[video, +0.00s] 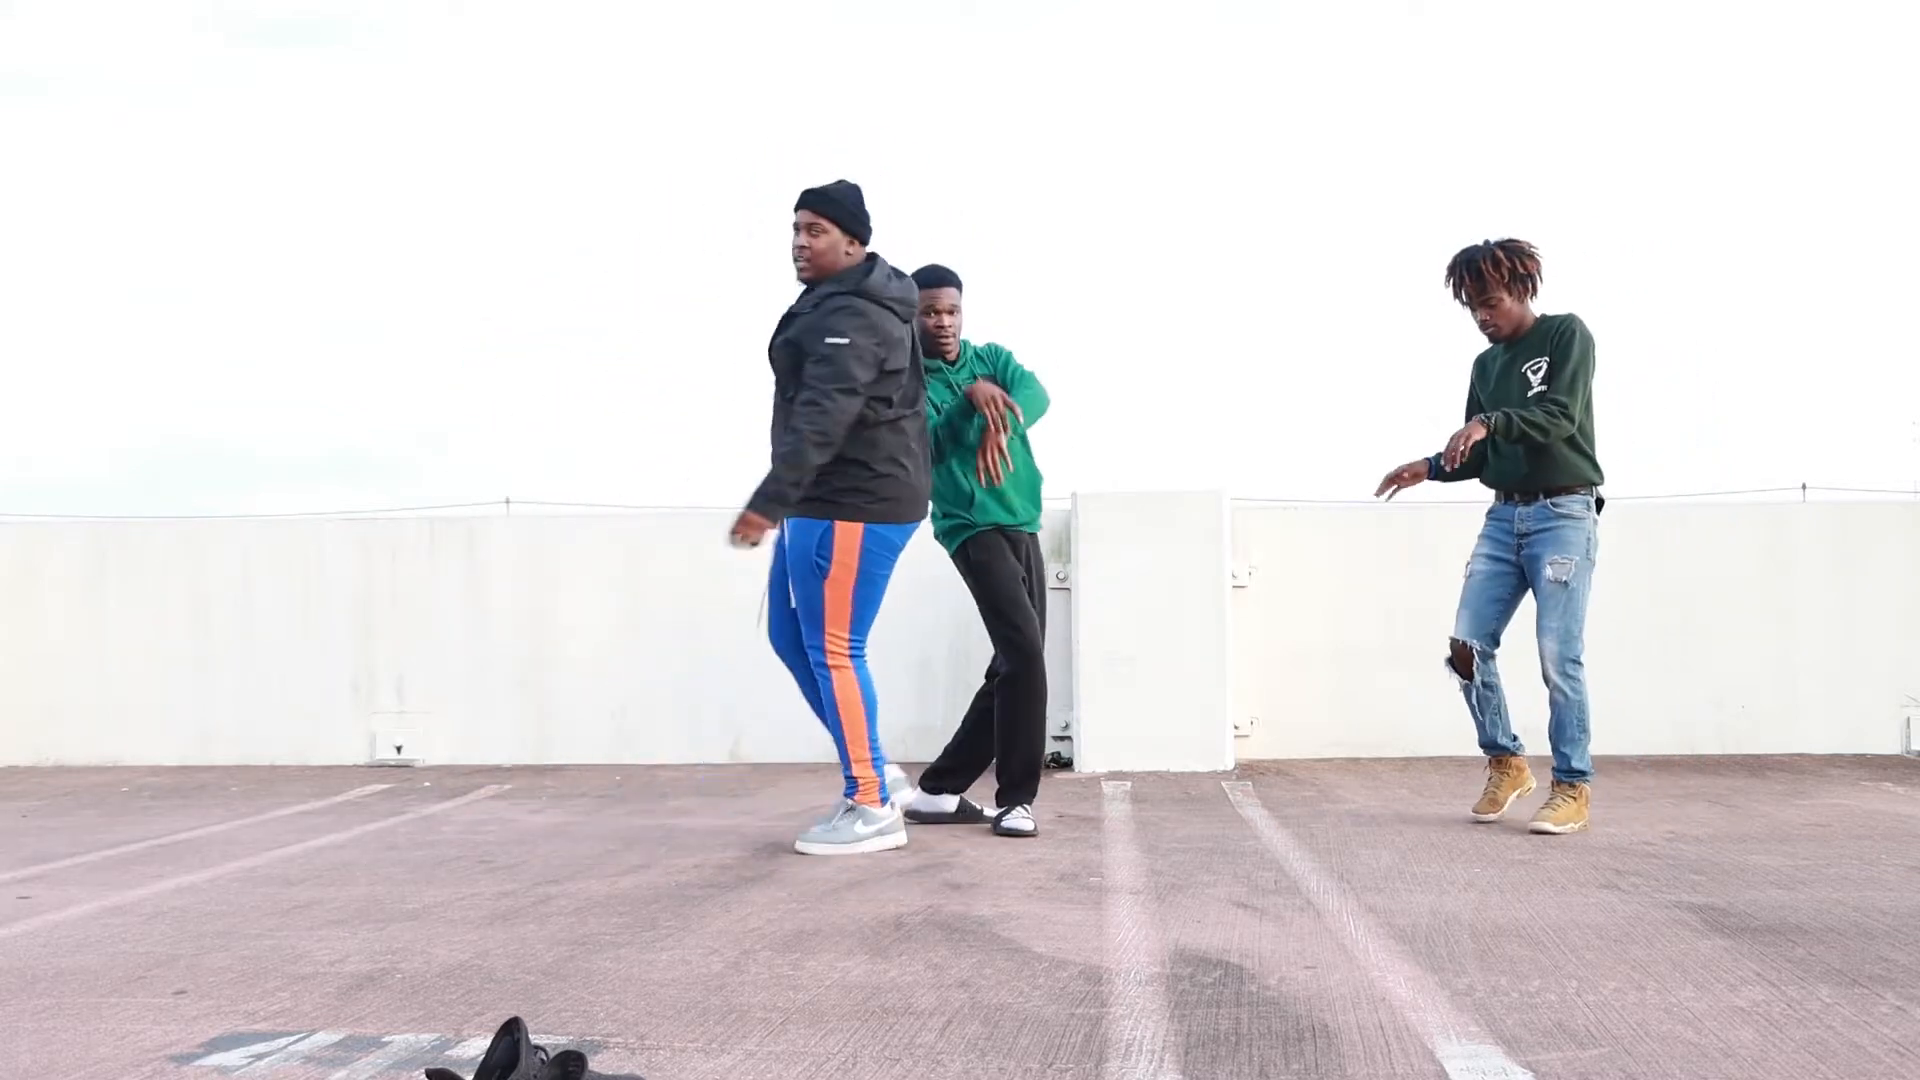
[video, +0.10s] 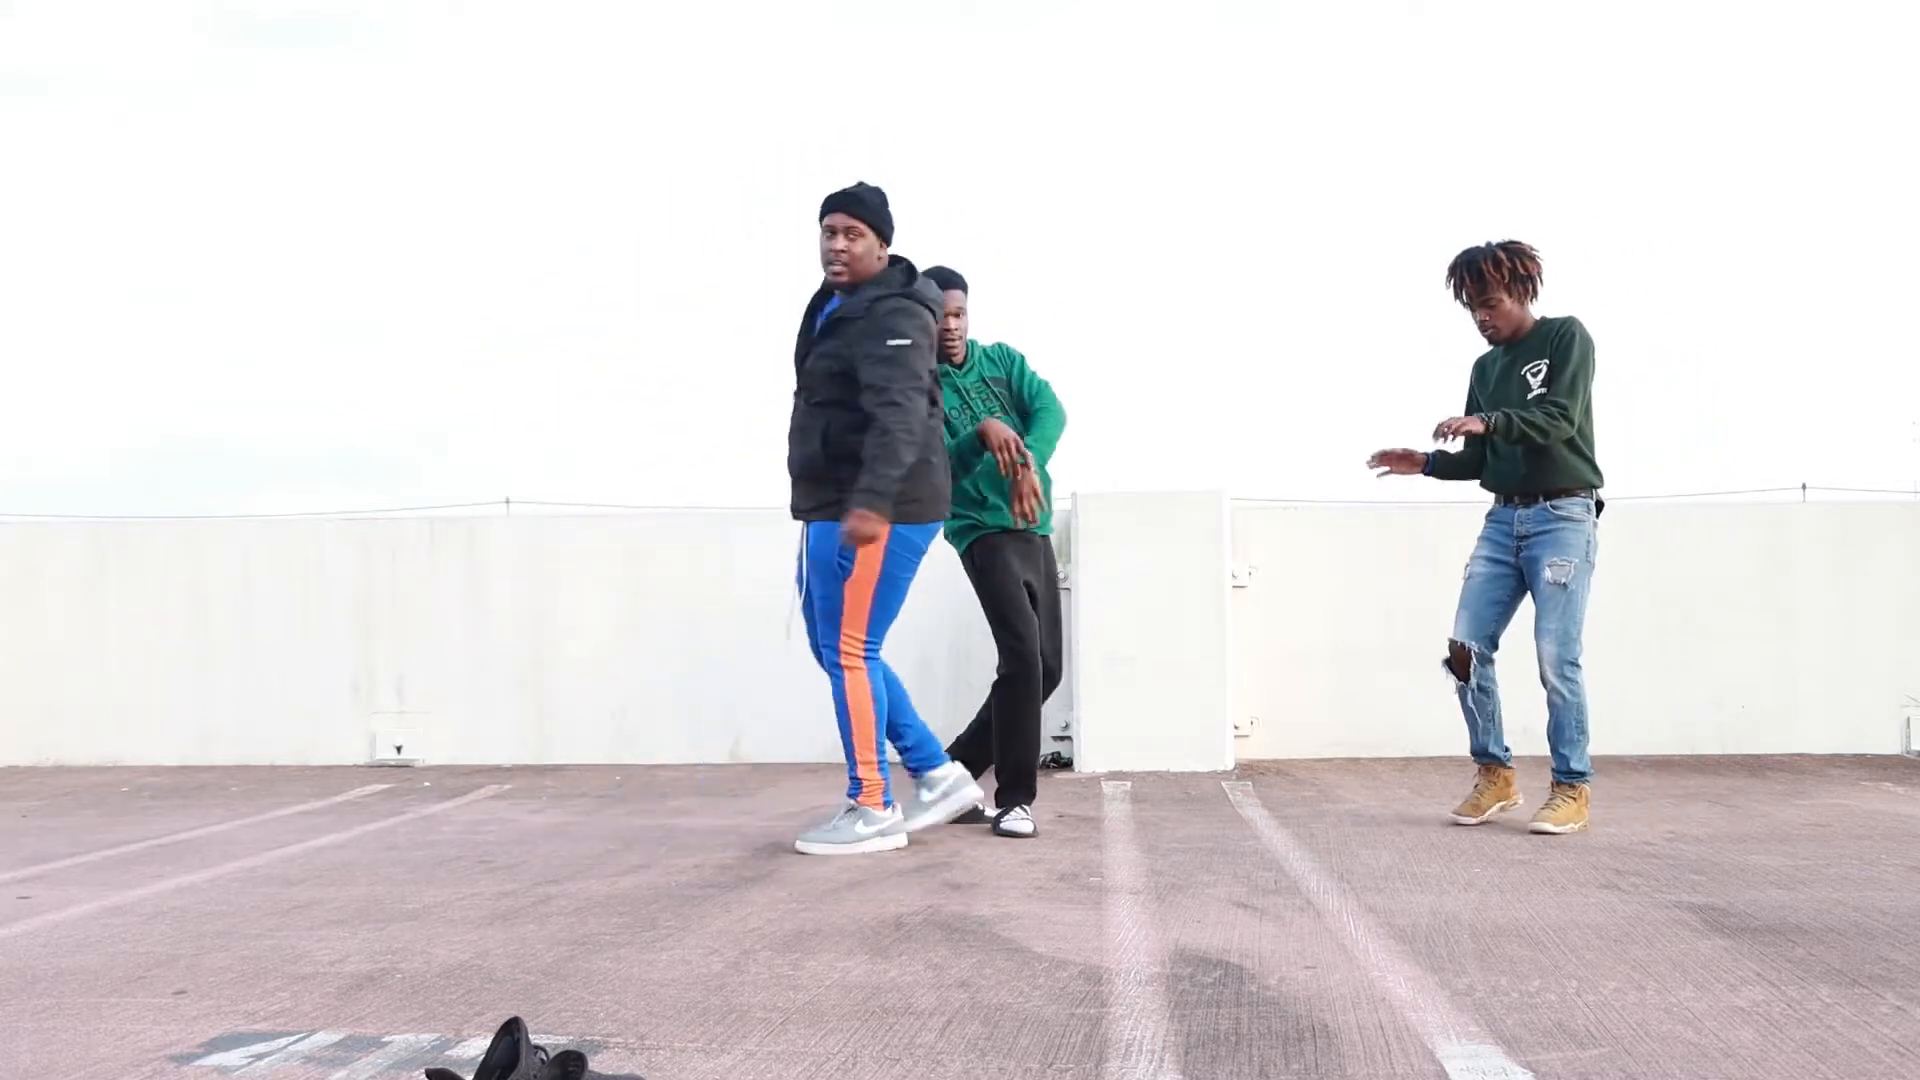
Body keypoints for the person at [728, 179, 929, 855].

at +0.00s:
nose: (800, 242)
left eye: (814, 232)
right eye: (797, 231)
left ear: (852, 242)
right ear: (804, 238)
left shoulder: (855, 314)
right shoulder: (838, 301)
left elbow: (820, 418)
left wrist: (766, 503)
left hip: (857, 502)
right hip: (825, 500)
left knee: (834, 647)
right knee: (791, 636)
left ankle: (871, 808)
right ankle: (875, 773)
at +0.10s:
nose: (838, 246)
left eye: (853, 234)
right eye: (829, 234)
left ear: (884, 242)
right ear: (821, 243)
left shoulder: (894, 311)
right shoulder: (835, 308)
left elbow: (899, 412)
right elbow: (828, 413)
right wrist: (813, 506)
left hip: (882, 507)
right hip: (834, 506)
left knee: (849, 647)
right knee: (832, 644)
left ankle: (872, 808)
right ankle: (937, 774)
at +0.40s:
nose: (918, 236)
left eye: (929, 225)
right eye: (903, 225)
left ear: (944, 235)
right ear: (880, 237)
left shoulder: (978, 298)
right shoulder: (860, 299)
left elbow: (1038, 389)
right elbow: (834, 379)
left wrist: (1095, 473)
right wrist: (808, 452)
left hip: (971, 495)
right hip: (900, 501)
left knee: (930, 642)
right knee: (946, 651)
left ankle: (922, 797)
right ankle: (974, 801)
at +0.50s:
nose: (945, 231)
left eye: (953, 220)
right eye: (930, 221)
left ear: (967, 230)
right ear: (902, 232)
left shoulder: (1001, 296)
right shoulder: (874, 297)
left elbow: (1063, 387)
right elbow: (841, 379)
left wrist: (1117, 473)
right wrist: (812, 453)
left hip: (984, 497)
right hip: (907, 503)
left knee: (963, 648)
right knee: (949, 654)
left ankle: (974, 806)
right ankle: (974, 797)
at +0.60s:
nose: (979, 227)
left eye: (985, 217)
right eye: (964, 217)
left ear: (994, 228)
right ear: (929, 227)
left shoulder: (1030, 299)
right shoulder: (891, 295)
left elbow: (1098, 385)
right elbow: (852, 382)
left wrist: (1163, 461)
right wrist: (825, 455)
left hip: (999, 502)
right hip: (916, 506)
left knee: (995, 652)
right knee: (946, 662)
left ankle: (1008, 806)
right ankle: (966, 802)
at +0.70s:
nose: (1016, 227)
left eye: (1019, 218)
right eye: (1002, 216)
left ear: (1020, 228)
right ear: (959, 226)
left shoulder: (1055, 302)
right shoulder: (909, 296)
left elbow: (1135, 374)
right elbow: (860, 383)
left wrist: (1220, 434)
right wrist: (840, 459)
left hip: (1023, 506)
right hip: (930, 508)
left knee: (1012, 656)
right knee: (935, 666)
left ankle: (1012, 810)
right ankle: (961, 799)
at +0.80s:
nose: (1048, 226)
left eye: (1048, 214)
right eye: (1034, 214)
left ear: (1032, 224)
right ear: (990, 222)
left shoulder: (1079, 302)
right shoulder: (930, 291)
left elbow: (1166, 357)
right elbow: (871, 378)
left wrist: (1261, 401)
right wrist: (852, 464)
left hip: (1048, 505)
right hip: (949, 499)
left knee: (1031, 659)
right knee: (937, 656)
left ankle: (1012, 813)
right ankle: (947, 778)